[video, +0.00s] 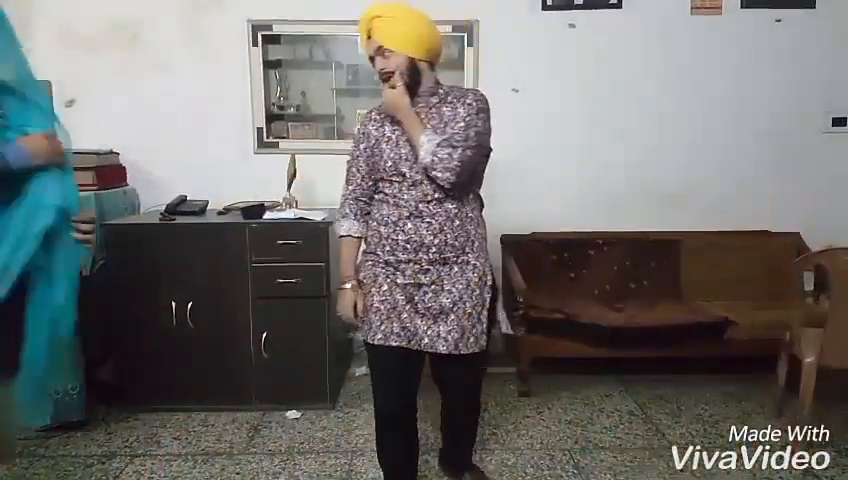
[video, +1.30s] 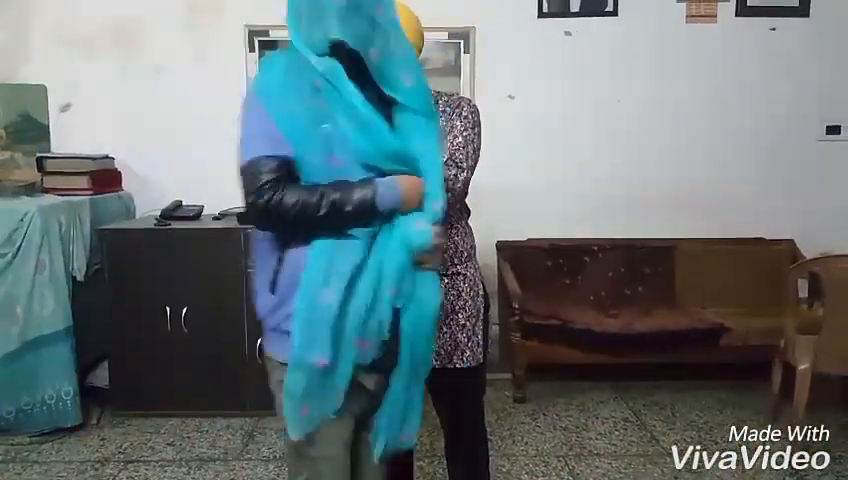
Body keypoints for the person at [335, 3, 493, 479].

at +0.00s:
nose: (378, 66)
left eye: (385, 53)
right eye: (373, 58)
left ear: (418, 50)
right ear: (373, 60)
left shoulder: (468, 106)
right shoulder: (375, 121)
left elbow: (453, 174)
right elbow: (355, 203)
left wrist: (406, 115)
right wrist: (347, 279)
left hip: (457, 277)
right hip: (387, 278)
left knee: (462, 393)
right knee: (392, 402)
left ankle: (457, 464)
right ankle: (397, 473)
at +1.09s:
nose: (375, 69)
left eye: (385, 56)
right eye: (365, 61)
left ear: (411, 54)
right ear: (355, 64)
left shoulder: (456, 110)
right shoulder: (350, 119)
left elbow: (449, 189)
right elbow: (338, 199)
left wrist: (405, 117)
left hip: (446, 295)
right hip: (376, 296)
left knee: (464, 429)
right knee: (384, 429)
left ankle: (471, 473)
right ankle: (395, 475)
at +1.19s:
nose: (382, 71)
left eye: (391, 61)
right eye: (373, 60)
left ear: (409, 62)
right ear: (359, 61)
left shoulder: (455, 111)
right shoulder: (347, 115)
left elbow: (447, 184)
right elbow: (334, 189)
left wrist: (402, 103)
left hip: (444, 287)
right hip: (373, 289)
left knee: (464, 425)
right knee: (382, 426)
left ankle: (470, 475)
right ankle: (395, 474)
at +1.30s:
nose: (388, 59)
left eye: (398, 47)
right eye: (383, 47)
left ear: (415, 52)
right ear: (374, 49)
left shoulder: (457, 111)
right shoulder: (359, 112)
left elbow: (449, 185)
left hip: (449, 284)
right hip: (378, 284)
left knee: (463, 428)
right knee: (388, 432)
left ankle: (470, 473)